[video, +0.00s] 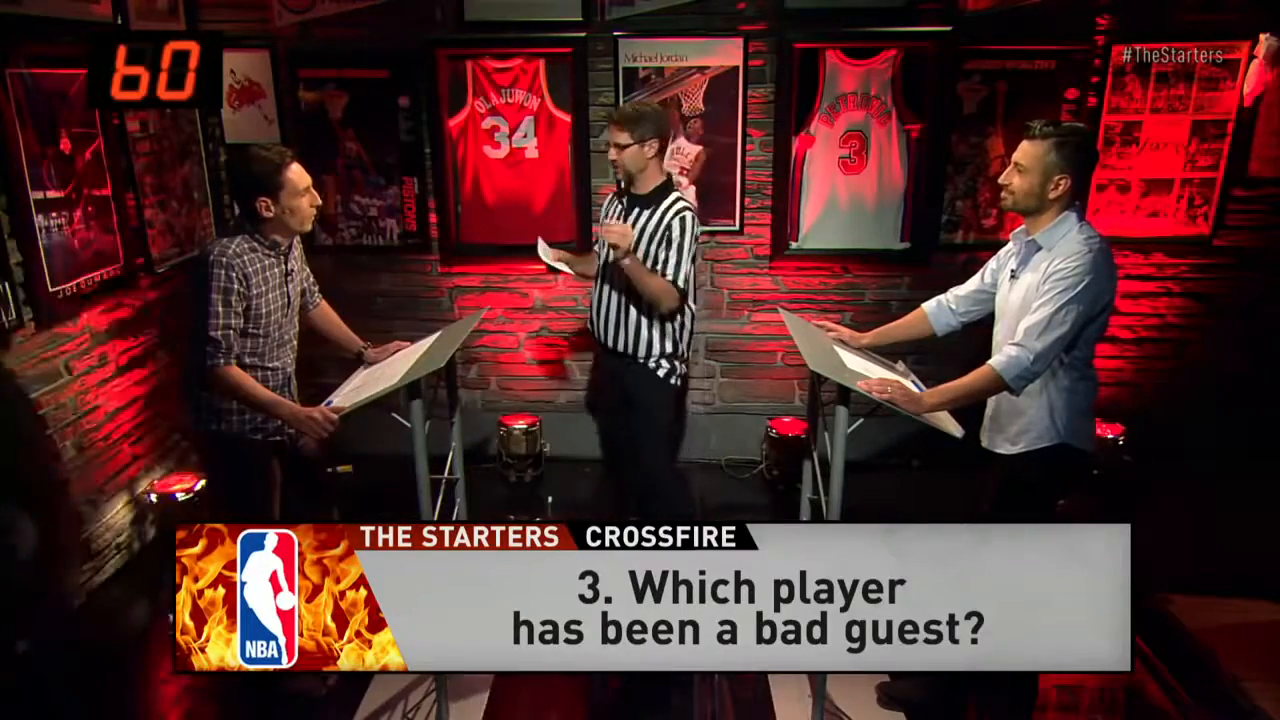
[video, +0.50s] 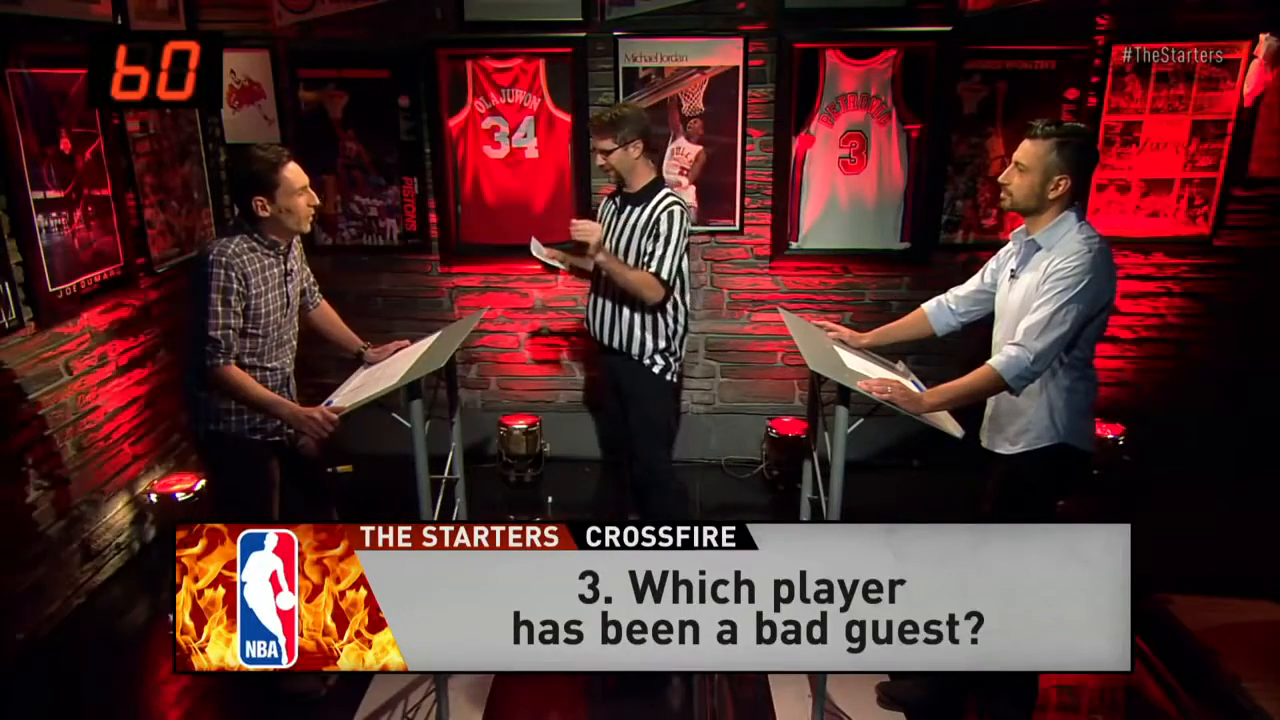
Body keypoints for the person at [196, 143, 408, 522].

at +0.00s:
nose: (317, 200)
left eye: (313, 189)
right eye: (304, 193)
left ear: (270, 207)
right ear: (267, 207)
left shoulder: (290, 246)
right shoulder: (229, 261)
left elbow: (312, 303)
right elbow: (218, 367)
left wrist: (364, 350)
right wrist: (293, 413)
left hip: (285, 426)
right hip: (241, 436)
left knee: (297, 527)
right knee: (252, 538)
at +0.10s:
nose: (317, 200)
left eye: (313, 189)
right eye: (304, 193)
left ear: (270, 207)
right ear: (267, 207)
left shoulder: (290, 246)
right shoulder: (229, 260)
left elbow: (312, 303)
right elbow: (218, 367)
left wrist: (365, 350)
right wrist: (293, 413)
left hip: (284, 426)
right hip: (241, 436)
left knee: (294, 527)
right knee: (252, 537)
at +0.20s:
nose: (317, 200)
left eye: (312, 189)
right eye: (304, 193)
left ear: (269, 206)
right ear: (266, 206)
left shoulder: (289, 245)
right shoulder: (227, 261)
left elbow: (312, 303)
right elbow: (218, 366)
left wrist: (364, 350)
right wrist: (293, 413)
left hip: (285, 425)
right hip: (239, 435)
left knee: (302, 526)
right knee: (253, 538)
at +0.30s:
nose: (316, 200)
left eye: (312, 189)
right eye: (303, 192)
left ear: (268, 206)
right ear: (265, 206)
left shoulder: (289, 245)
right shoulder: (227, 260)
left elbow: (312, 303)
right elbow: (218, 366)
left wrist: (364, 350)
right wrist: (292, 412)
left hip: (285, 425)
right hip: (239, 435)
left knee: (301, 526)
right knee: (252, 538)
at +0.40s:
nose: (315, 200)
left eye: (311, 189)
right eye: (302, 193)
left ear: (268, 206)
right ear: (264, 207)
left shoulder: (290, 245)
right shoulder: (228, 260)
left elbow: (312, 303)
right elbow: (218, 366)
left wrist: (364, 350)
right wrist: (293, 413)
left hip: (285, 425)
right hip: (239, 435)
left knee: (303, 525)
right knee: (252, 538)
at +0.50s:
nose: (315, 200)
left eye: (310, 189)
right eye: (301, 192)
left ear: (268, 206)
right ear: (264, 206)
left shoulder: (290, 245)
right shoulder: (228, 260)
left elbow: (312, 303)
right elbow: (218, 366)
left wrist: (364, 350)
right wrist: (293, 413)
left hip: (285, 425)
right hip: (238, 436)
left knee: (303, 526)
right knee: (252, 539)